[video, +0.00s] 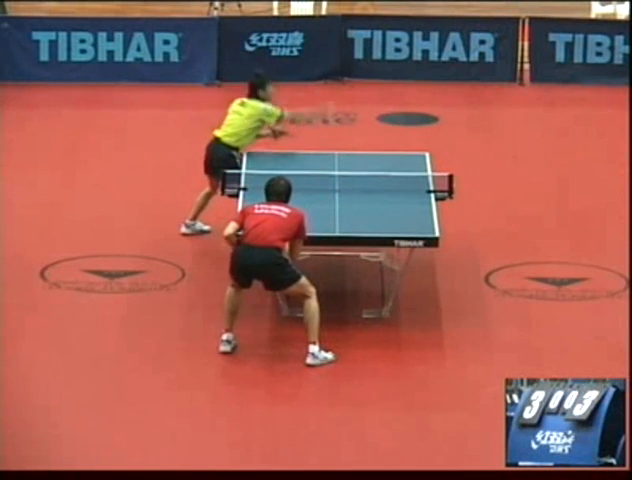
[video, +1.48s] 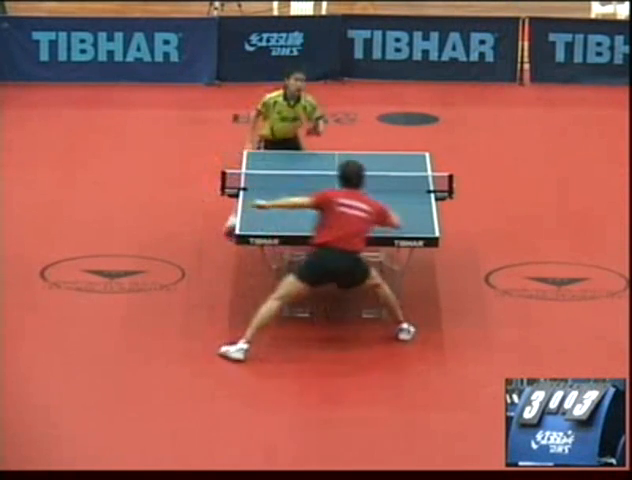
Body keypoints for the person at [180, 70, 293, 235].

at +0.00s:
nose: (272, 91)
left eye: (271, 88)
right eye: (269, 88)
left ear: (253, 90)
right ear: (260, 91)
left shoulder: (238, 103)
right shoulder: (261, 108)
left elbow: (246, 132)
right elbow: (289, 117)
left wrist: (269, 134)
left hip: (215, 144)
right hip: (229, 151)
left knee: (212, 188)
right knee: (241, 190)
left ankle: (191, 221)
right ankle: (244, 227)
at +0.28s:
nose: (250, 72)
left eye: (247, 68)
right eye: (246, 68)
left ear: (232, 75)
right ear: (237, 74)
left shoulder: (225, 92)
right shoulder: (241, 89)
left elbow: (237, 122)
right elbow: (268, 73)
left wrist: (261, 112)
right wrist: (289, 51)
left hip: (209, 139)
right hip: (223, 142)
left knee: (209, 184)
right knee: (241, 182)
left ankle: (191, 221)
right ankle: (246, 223)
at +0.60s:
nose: (248, 67)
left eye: (246, 63)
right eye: (244, 64)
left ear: (231, 70)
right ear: (234, 69)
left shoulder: (217, 90)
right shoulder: (234, 83)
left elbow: (212, 114)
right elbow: (252, 90)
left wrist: (237, 125)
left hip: (205, 133)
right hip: (219, 135)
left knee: (204, 181)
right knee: (235, 176)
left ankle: (191, 221)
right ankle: (241, 219)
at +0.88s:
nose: (270, 92)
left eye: (271, 87)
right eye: (269, 87)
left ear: (253, 84)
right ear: (259, 85)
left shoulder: (235, 92)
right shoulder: (254, 101)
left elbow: (222, 88)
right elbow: (236, 117)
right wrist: (226, 140)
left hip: (213, 138)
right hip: (226, 143)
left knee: (215, 185)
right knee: (241, 187)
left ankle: (194, 220)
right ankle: (235, 229)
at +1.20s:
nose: (283, 84)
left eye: (285, 80)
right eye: (280, 79)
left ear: (288, 83)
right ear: (270, 79)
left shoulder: (280, 94)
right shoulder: (258, 93)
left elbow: (291, 89)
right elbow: (233, 107)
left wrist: (297, 104)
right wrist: (227, 137)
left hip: (258, 132)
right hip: (242, 133)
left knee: (266, 163)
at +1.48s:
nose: (299, 85)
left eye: (302, 81)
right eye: (296, 80)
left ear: (304, 85)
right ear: (287, 82)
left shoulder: (307, 103)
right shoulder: (270, 100)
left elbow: (319, 118)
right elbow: (256, 118)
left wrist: (317, 127)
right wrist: (253, 139)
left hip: (292, 139)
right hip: (271, 140)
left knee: (298, 173)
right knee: (269, 176)